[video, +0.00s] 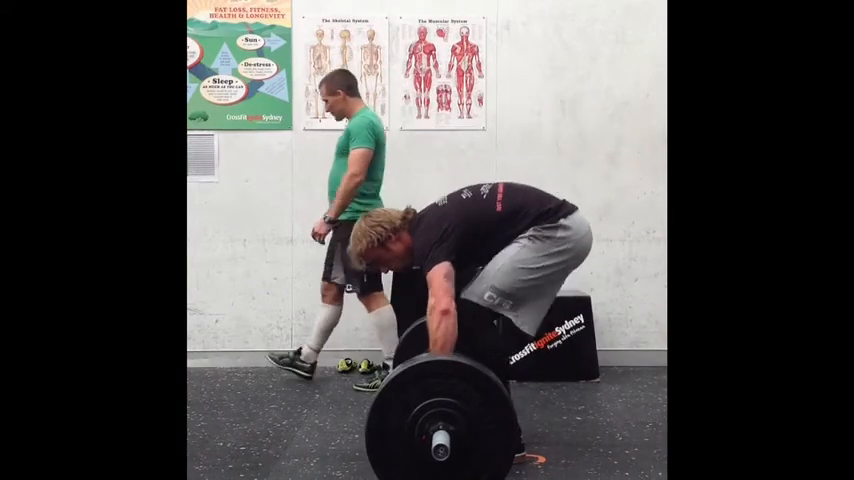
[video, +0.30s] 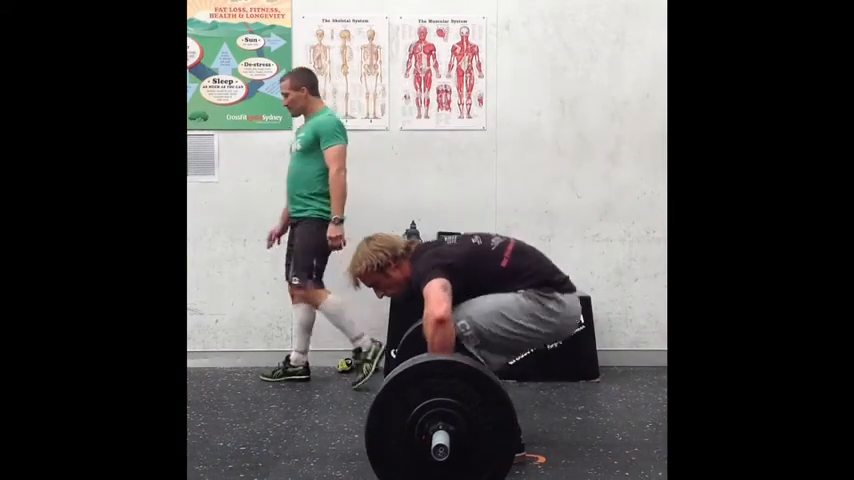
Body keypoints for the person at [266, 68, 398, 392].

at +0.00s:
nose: (326, 108)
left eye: (327, 101)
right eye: (325, 102)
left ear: (341, 94)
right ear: (344, 94)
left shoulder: (363, 124)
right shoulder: (362, 122)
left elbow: (356, 175)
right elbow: (356, 176)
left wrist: (329, 218)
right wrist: (331, 217)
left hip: (356, 222)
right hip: (349, 220)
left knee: (372, 295)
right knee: (331, 292)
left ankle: (395, 367)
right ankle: (307, 358)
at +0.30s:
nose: (283, 100)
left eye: (287, 94)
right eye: (282, 95)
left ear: (304, 92)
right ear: (302, 93)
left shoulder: (327, 123)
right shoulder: (306, 125)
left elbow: (338, 171)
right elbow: (300, 178)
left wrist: (336, 220)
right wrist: (284, 221)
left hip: (316, 219)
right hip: (300, 219)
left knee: (308, 288)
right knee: (298, 289)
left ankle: (366, 346)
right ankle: (298, 362)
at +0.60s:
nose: (268, 99)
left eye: (273, 93)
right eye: (265, 94)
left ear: (291, 92)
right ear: (265, 95)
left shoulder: (308, 127)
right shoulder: (266, 131)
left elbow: (318, 176)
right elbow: (251, 177)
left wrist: (297, 218)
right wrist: (227, 215)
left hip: (293, 221)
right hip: (270, 221)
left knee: (266, 290)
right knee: (285, 293)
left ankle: (261, 362)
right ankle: (298, 362)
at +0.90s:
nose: (262, 95)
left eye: (268, 89)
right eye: (257, 90)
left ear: (280, 90)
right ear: (250, 92)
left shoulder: (292, 129)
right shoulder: (242, 129)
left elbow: (298, 179)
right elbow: (230, 173)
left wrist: (287, 222)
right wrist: (214, 211)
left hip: (270, 221)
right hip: (242, 219)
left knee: (261, 289)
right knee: (222, 283)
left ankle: (260, 365)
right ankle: (275, 339)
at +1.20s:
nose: (246, 94)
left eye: (252, 89)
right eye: (240, 89)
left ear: (259, 92)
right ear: (230, 92)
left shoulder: (273, 130)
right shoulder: (212, 129)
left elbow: (294, 172)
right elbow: (196, 172)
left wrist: (289, 211)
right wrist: (192, 218)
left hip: (254, 221)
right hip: (216, 221)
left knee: (255, 290)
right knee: (202, 292)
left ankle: (259, 364)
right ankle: (192, 357)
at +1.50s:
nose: (220, 95)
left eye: (225, 90)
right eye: (214, 90)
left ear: (232, 94)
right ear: (202, 93)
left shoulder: (244, 131)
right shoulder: (189, 127)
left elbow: (279, 164)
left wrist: (270, 201)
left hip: (227, 219)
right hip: (191, 220)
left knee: (239, 287)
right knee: (190, 291)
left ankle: (255, 354)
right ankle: (189, 357)